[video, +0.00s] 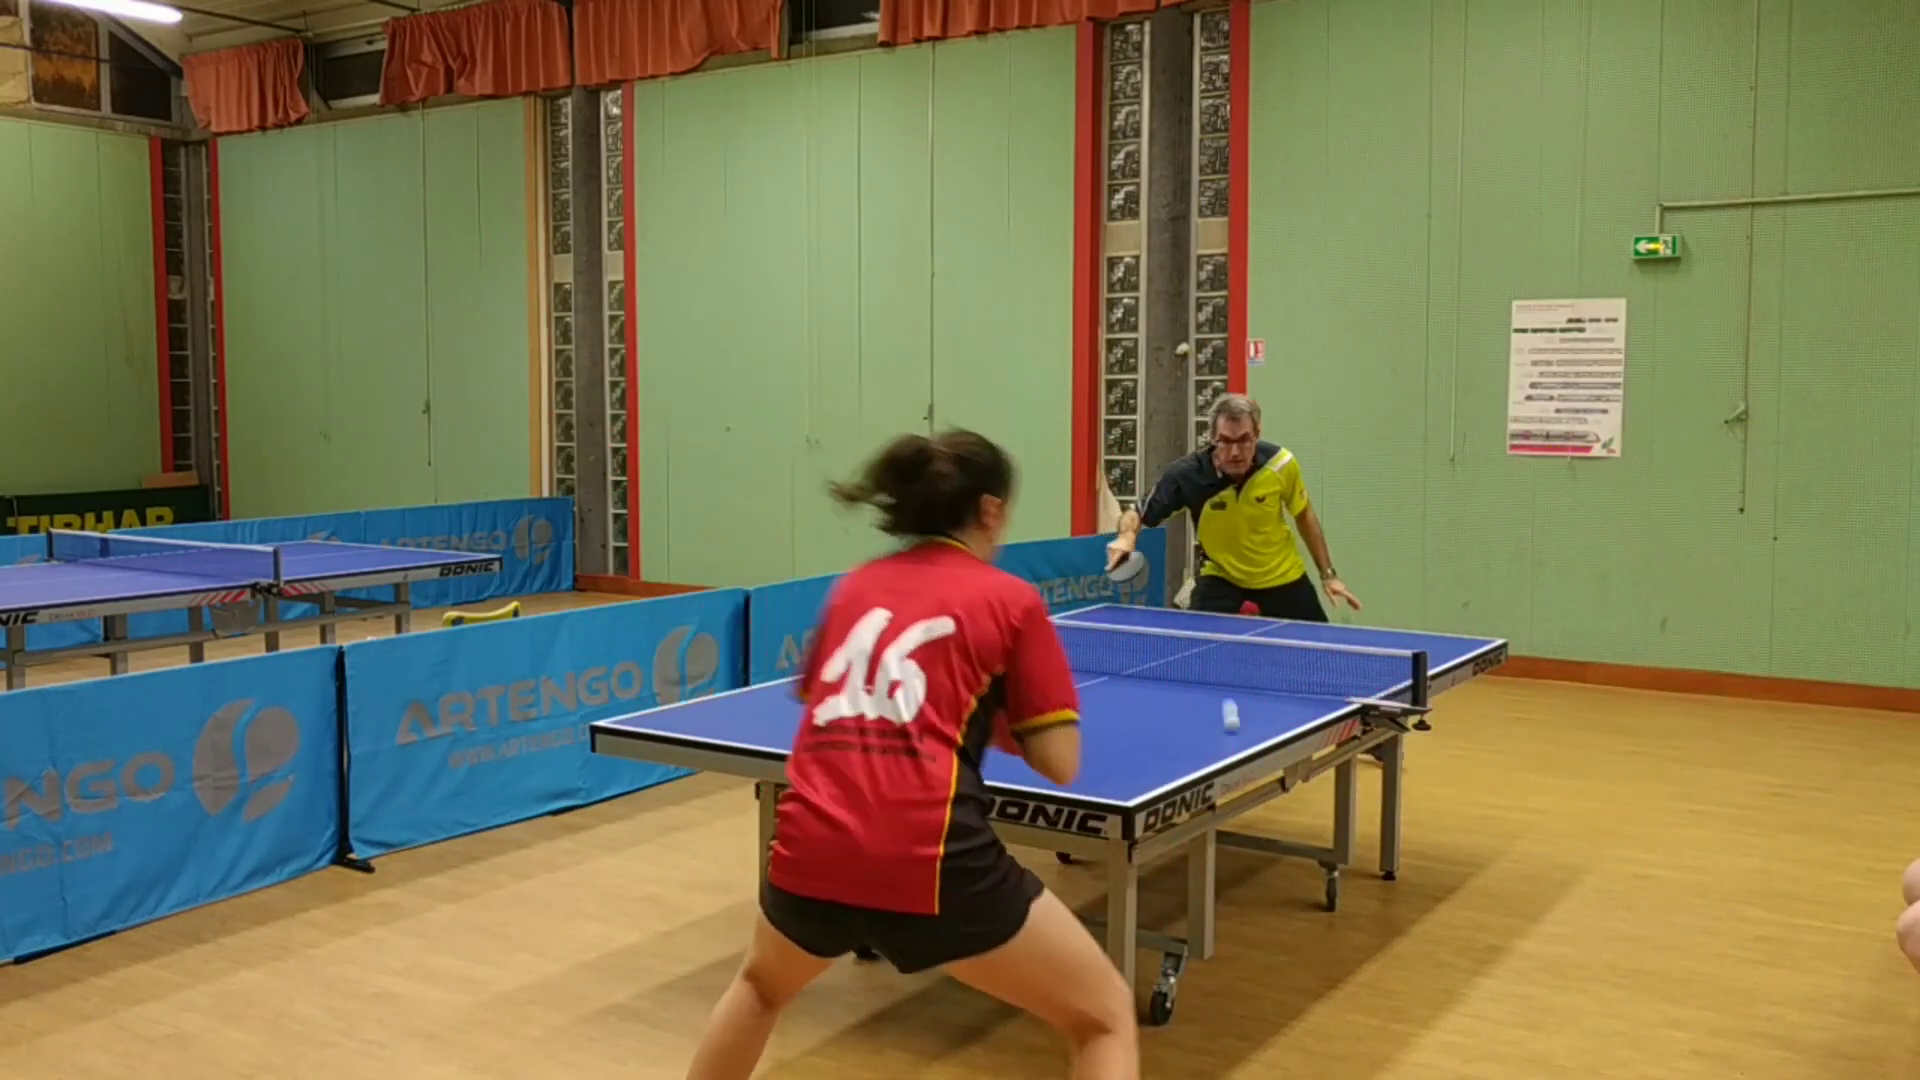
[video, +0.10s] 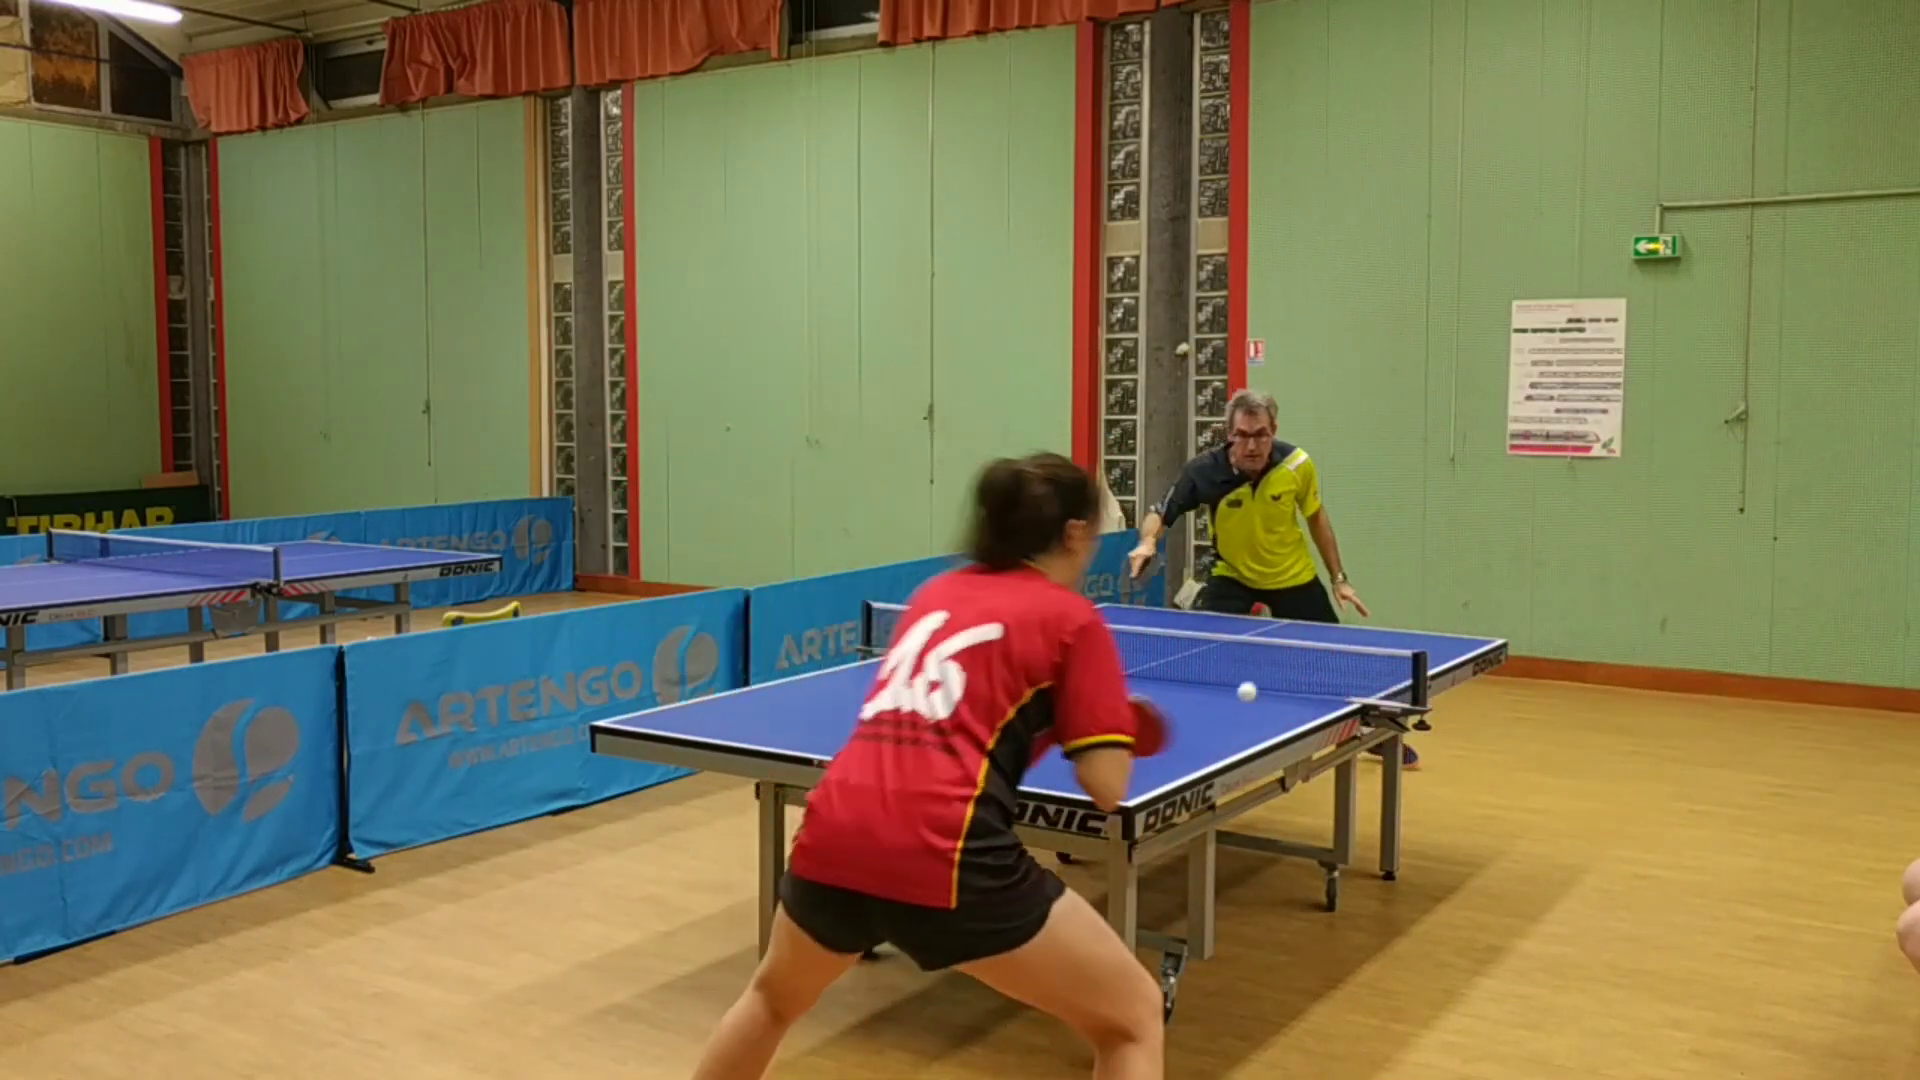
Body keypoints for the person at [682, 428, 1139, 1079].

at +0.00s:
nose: (1008, 516)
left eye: (1009, 502)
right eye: (1008, 502)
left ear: (915, 503)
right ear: (989, 508)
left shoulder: (855, 584)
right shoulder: (1010, 599)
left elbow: (819, 698)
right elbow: (1060, 762)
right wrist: (988, 708)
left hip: (810, 865)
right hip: (934, 869)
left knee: (756, 990)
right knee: (1103, 1019)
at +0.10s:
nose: (1097, 545)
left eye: (1097, 532)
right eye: (1096, 532)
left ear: (1000, 526)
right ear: (1074, 535)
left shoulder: (937, 590)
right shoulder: (1072, 618)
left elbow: (950, 718)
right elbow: (1107, 783)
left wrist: (1069, 711)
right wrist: (1104, 719)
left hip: (833, 844)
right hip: (947, 860)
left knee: (768, 999)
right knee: (1132, 1020)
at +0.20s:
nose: (1176, 545)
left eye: (1178, 531)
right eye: (1174, 531)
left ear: (1079, 528)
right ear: (1151, 536)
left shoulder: (1022, 579)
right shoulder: (1128, 611)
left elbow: (1065, 674)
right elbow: (1154, 776)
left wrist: (1182, 686)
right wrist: (1147, 697)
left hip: (849, 813)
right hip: (960, 840)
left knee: (767, 1015)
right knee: (1131, 1018)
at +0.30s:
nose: (1214, 545)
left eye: (1214, 530)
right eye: (1214, 530)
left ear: (1125, 520)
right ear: (1193, 532)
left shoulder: (1077, 569)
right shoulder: (1149, 593)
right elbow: (1185, 751)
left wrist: (1261, 682)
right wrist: (1185, 667)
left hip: (862, 774)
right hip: (959, 806)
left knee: (766, 1000)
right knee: (1107, 1024)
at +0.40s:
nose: (1237, 531)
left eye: (1235, 515)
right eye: (1235, 513)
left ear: (1139, 504)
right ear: (1213, 514)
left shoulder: (1095, 558)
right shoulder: (1157, 581)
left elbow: (1205, 660)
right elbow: (1199, 739)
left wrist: (1296, 687)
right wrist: (1209, 629)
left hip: (870, 755)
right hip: (960, 788)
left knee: (776, 992)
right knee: (1094, 1025)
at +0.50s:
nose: (1217, 508)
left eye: (1217, 492)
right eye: (1215, 494)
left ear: (1125, 485)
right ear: (1197, 498)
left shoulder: (1083, 547)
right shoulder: (1153, 574)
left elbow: (1190, 664)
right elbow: (1202, 732)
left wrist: (1304, 691)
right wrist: (1211, 631)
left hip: (872, 754)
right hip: (967, 790)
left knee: (800, 983)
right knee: (1099, 1018)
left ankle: (689, 1078)